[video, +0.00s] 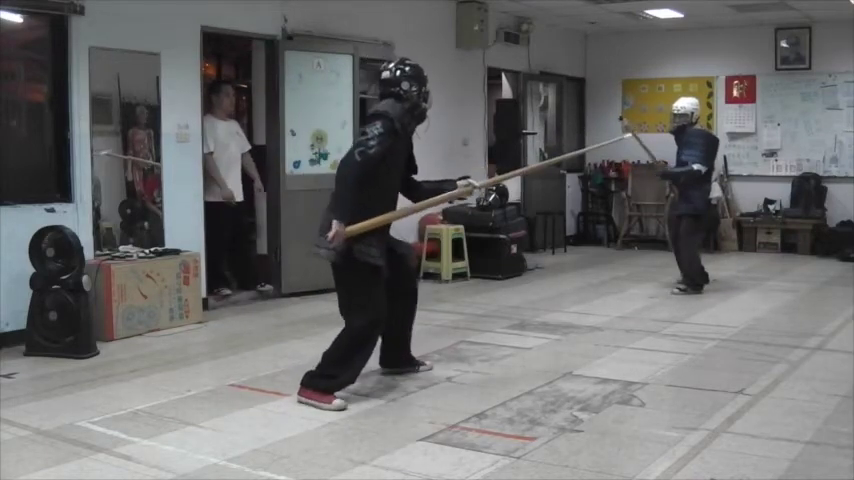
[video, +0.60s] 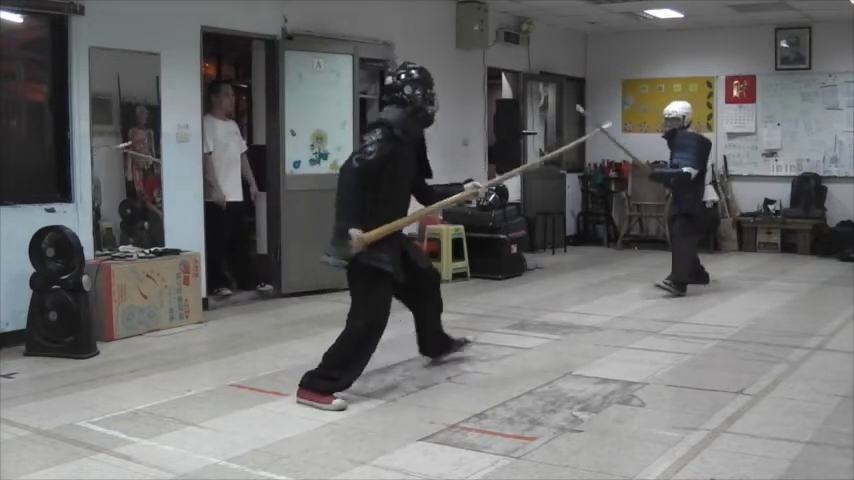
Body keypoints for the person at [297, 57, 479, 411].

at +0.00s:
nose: (426, 98)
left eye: (425, 91)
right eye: (421, 91)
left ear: (398, 91)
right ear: (408, 92)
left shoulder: (400, 132)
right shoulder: (384, 127)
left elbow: (413, 190)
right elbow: (349, 166)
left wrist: (457, 187)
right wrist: (341, 217)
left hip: (375, 234)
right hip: (352, 236)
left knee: (405, 272)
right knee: (368, 317)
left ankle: (397, 358)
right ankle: (317, 386)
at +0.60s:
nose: (431, 103)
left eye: (431, 96)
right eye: (426, 96)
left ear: (411, 97)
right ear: (408, 97)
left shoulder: (411, 136)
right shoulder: (386, 135)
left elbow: (425, 195)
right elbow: (351, 171)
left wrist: (463, 191)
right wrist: (349, 227)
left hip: (390, 241)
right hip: (366, 244)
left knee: (426, 282)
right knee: (369, 319)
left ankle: (435, 344)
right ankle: (317, 386)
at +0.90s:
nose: (462, 113)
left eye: (461, 107)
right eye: (458, 107)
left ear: (432, 109)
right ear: (446, 109)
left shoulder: (437, 145)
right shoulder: (429, 144)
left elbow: (433, 195)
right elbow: (435, 190)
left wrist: (469, 196)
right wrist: (474, 187)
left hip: (416, 240)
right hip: (396, 242)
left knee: (448, 281)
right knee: (401, 319)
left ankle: (449, 346)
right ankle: (337, 373)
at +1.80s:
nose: (285, 84)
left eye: (286, 75)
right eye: (279, 75)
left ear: (273, 78)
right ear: (261, 76)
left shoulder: (270, 123)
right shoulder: (243, 110)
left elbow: (299, 184)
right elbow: (191, 142)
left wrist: (347, 173)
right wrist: (203, 164)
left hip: (240, 243)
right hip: (212, 243)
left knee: (278, 298)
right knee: (193, 338)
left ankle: (269, 379)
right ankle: (123, 414)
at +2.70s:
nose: (308, 86)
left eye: (308, 78)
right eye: (302, 78)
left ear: (295, 79)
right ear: (282, 77)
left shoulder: (289, 128)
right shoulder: (256, 119)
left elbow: (297, 187)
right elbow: (218, 162)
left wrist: (342, 187)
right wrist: (212, 220)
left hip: (263, 238)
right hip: (230, 240)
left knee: (296, 291)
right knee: (253, 319)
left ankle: (302, 372)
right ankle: (206, 395)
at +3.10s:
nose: (309, 82)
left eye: (309, 74)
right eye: (302, 74)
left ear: (293, 75)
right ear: (282, 75)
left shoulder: (288, 122)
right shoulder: (254, 118)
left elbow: (292, 186)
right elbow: (217, 163)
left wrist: (338, 188)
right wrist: (212, 218)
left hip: (271, 233)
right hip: (237, 236)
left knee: (311, 283)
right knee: (250, 324)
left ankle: (312, 360)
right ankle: (205, 396)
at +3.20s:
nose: (315, 84)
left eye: (315, 76)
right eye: (309, 76)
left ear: (302, 77)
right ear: (289, 77)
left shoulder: (297, 124)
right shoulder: (264, 121)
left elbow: (301, 187)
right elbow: (224, 169)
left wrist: (346, 191)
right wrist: (222, 218)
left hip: (278, 235)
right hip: (246, 238)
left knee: (308, 297)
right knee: (254, 324)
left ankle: (330, 360)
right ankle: (206, 396)